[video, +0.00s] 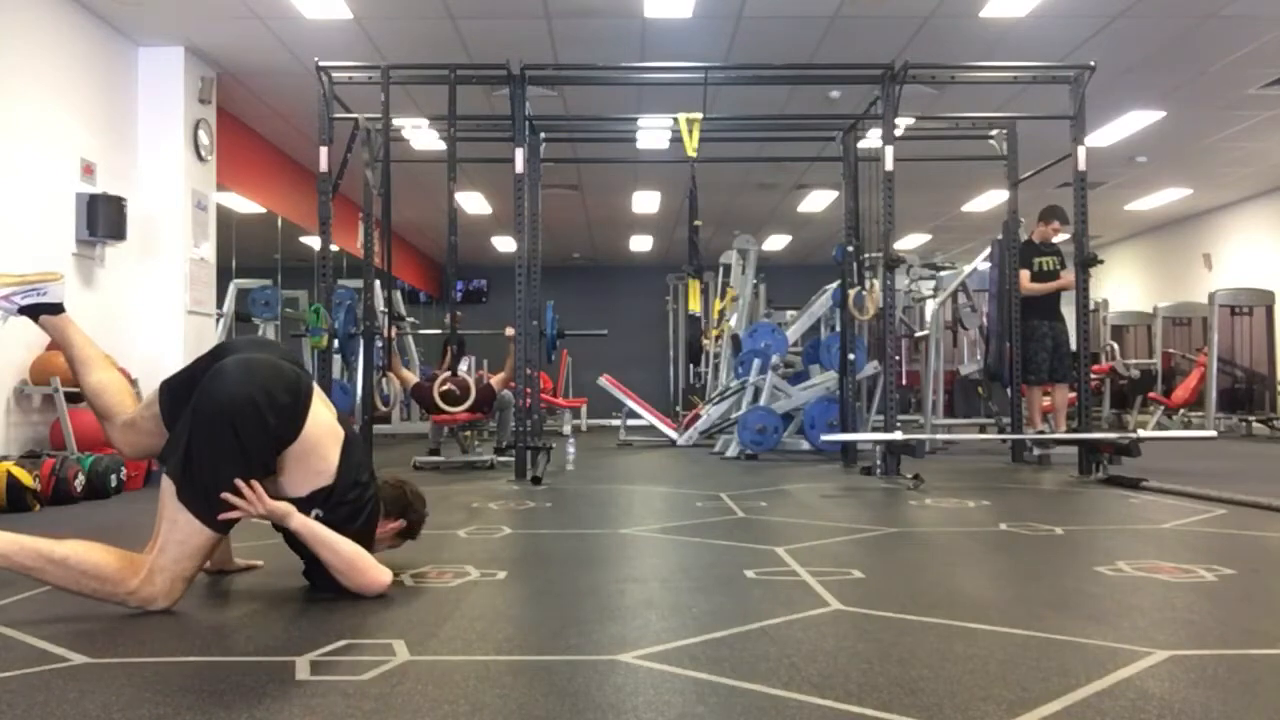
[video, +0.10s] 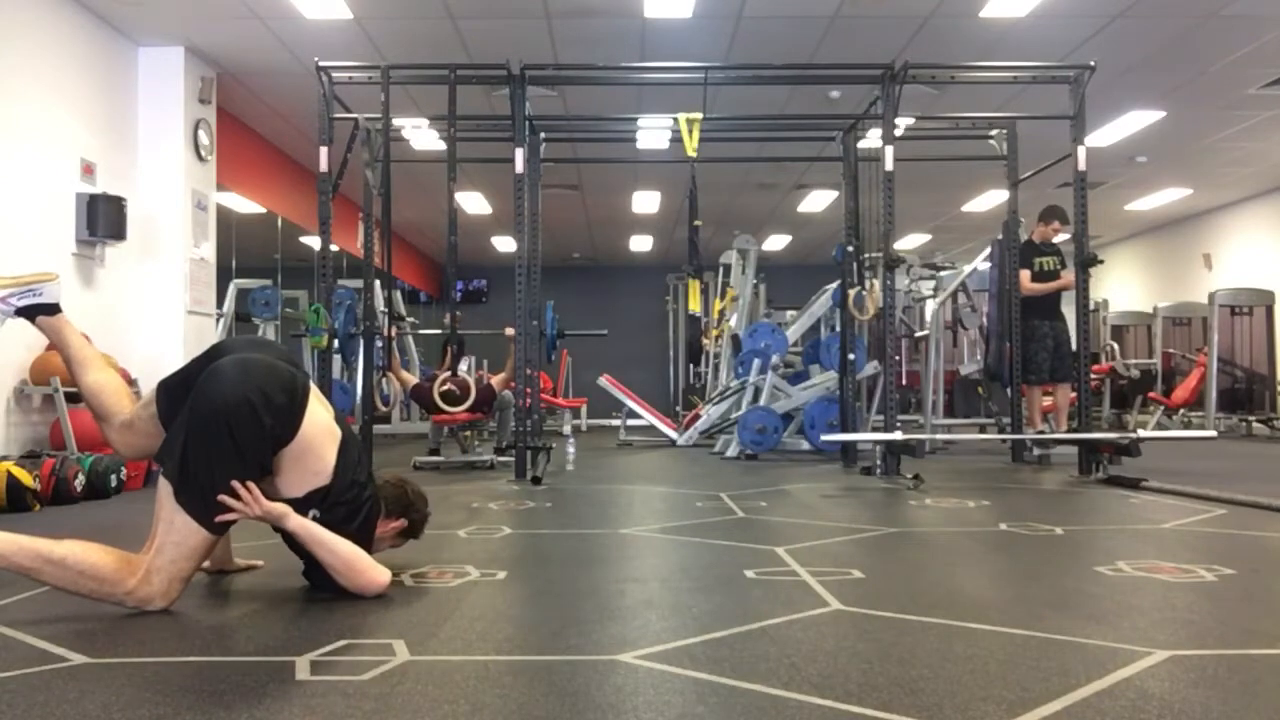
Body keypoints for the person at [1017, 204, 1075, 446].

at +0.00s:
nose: (1056, 235)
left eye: (1059, 231)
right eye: (1055, 230)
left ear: (1049, 228)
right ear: (1042, 225)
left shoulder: (1055, 251)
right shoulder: (1024, 250)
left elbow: (1062, 279)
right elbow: (1024, 287)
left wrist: (1075, 278)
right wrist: (1059, 283)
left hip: (1055, 317)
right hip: (1033, 319)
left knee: (1061, 376)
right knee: (1036, 377)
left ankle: (1061, 428)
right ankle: (1037, 427)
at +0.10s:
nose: (1056, 236)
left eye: (1058, 232)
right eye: (1055, 231)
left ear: (1050, 228)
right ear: (1042, 225)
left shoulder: (1055, 250)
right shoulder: (1024, 250)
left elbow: (1062, 279)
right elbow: (1024, 287)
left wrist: (1076, 278)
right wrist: (1060, 283)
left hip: (1055, 317)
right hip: (1034, 318)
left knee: (1063, 375)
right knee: (1035, 376)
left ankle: (1061, 428)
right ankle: (1036, 427)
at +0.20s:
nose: (1057, 236)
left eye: (1059, 232)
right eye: (1055, 230)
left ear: (1051, 228)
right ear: (1043, 224)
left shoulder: (1056, 250)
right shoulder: (1025, 250)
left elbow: (1063, 278)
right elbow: (1025, 287)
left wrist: (1077, 277)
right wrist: (1061, 283)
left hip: (1056, 316)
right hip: (1034, 318)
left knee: (1068, 372)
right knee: (1035, 376)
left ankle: (1064, 427)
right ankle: (1036, 428)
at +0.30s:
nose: (1057, 236)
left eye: (1060, 232)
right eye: (1056, 230)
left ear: (1053, 228)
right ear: (1044, 224)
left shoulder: (1057, 251)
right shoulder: (1025, 250)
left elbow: (1064, 279)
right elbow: (1025, 287)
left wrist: (1077, 276)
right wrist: (1061, 283)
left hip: (1057, 316)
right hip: (1035, 318)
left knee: (1069, 373)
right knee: (1036, 376)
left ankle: (1070, 424)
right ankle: (1036, 427)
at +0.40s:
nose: (1060, 235)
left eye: (1062, 231)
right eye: (1058, 229)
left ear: (1058, 228)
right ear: (1045, 224)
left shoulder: (1060, 251)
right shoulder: (1026, 250)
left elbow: (1067, 280)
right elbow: (1026, 286)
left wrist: (1079, 276)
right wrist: (1063, 283)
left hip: (1060, 316)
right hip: (1037, 318)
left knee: (1072, 372)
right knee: (1037, 376)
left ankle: (1074, 421)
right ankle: (1036, 426)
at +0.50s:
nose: (1063, 234)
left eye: (1065, 230)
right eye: (1060, 228)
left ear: (1066, 228)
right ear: (1047, 223)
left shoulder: (1065, 251)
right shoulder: (1028, 251)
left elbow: (1073, 280)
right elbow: (1027, 286)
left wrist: (1080, 277)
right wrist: (1065, 283)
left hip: (1064, 317)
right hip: (1040, 318)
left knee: (1074, 373)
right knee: (1037, 376)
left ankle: (1077, 420)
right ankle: (1037, 425)